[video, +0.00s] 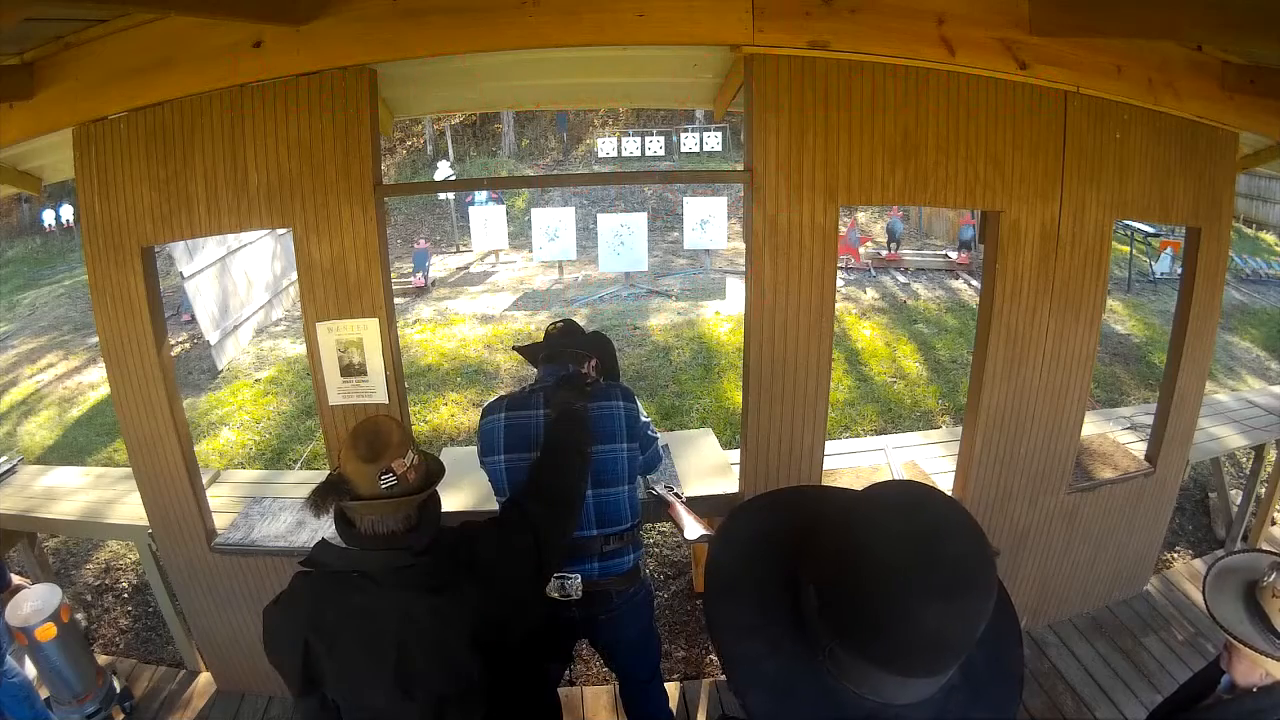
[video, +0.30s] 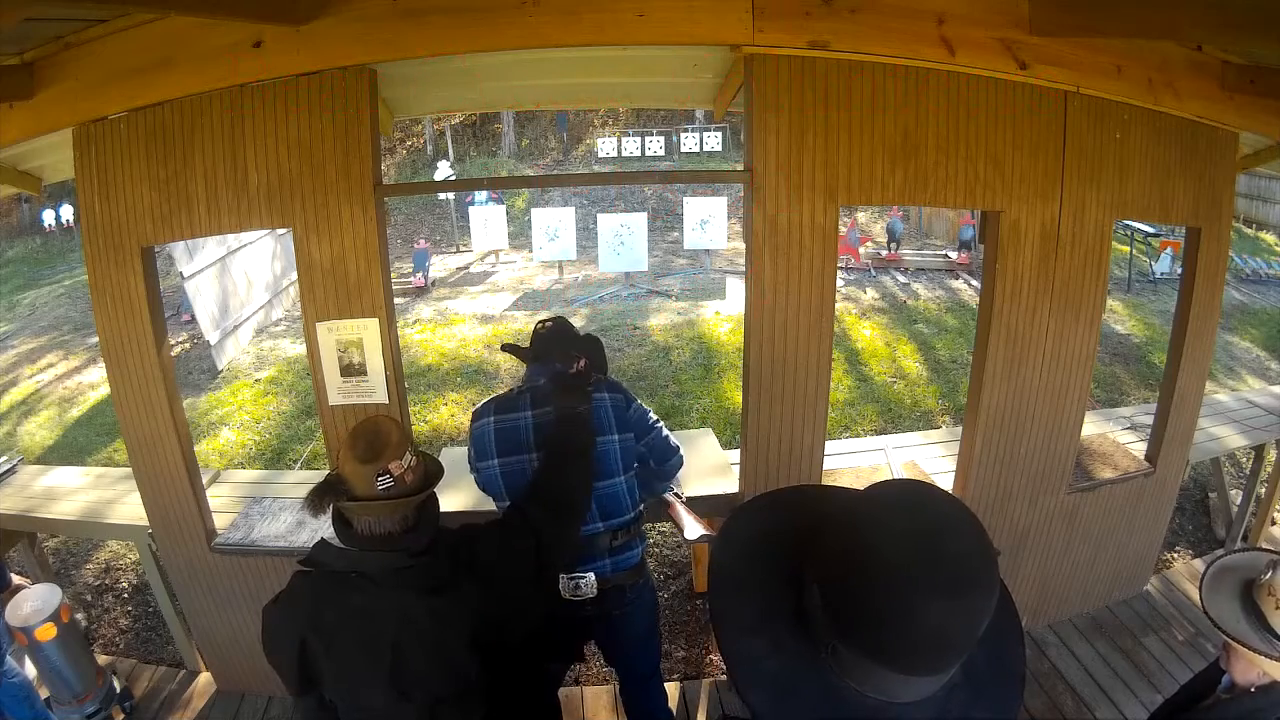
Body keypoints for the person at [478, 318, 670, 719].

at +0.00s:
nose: (598, 372)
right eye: (597, 364)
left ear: (539, 363)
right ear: (589, 364)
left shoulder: (494, 415)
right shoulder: (621, 403)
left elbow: (503, 491)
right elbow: (655, 464)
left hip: (535, 592)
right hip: (617, 590)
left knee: (535, 692)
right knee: (644, 688)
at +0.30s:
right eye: (580, 357)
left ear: (529, 361)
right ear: (579, 358)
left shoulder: (488, 418)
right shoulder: (613, 397)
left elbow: (488, 484)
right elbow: (668, 458)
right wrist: (634, 493)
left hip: (539, 591)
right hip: (623, 585)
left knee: (538, 693)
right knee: (645, 691)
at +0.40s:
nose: (516, 367)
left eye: (518, 359)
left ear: (520, 362)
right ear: (573, 357)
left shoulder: (486, 420)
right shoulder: (611, 395)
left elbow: (483, 488)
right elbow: (667, 445)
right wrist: (642, 495)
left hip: (542, 585)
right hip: (624, 578)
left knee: (540, 692)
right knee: (646, 688)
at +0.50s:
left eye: (512, 358)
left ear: (510, 363)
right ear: (563, 355)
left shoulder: (479, 424)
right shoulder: (607, 391)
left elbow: (473, 499)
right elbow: (673, 421)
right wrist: (625, 460)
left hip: (537, 590)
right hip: (624, 580)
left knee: (539, 698)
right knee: (646, 691)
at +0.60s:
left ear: (508, 356)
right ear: (567, 348)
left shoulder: (476, 424)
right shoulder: (606, 387)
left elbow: (465, 500)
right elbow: (681, 403)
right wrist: (621, 391)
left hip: (535, 590)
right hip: (621, 581)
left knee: (537, 701)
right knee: (644, 691)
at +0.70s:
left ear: (508, 353)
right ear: (569, 345)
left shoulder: (478, 419)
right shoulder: (603, 392)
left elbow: (473, 490)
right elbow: (665, 447)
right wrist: (613, 437)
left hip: (536, 591)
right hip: (618, 582)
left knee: (537, 697)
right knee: (642, 686)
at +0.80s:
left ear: (513, 349)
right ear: (574, 345)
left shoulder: (483, 414)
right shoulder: (609, 401)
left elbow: (478, 465)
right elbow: (638, 460)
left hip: (536, 591)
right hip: (616, 585)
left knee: (536, 694)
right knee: (641, 688)